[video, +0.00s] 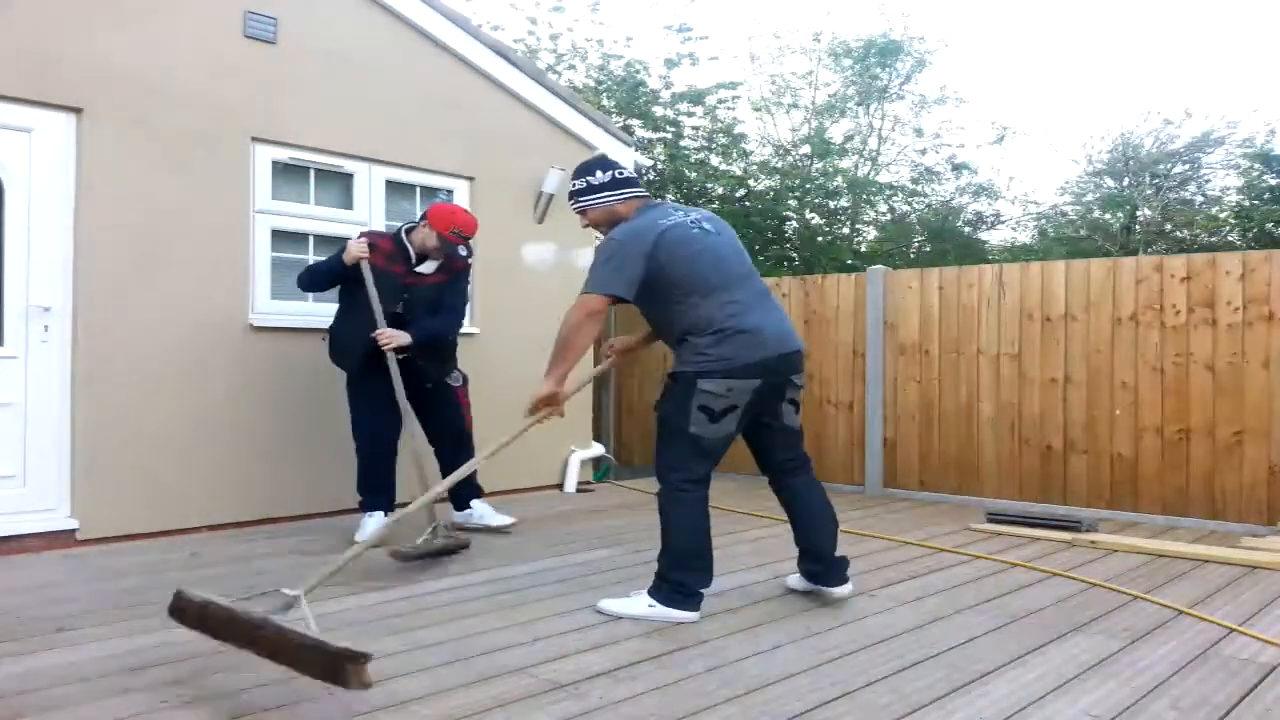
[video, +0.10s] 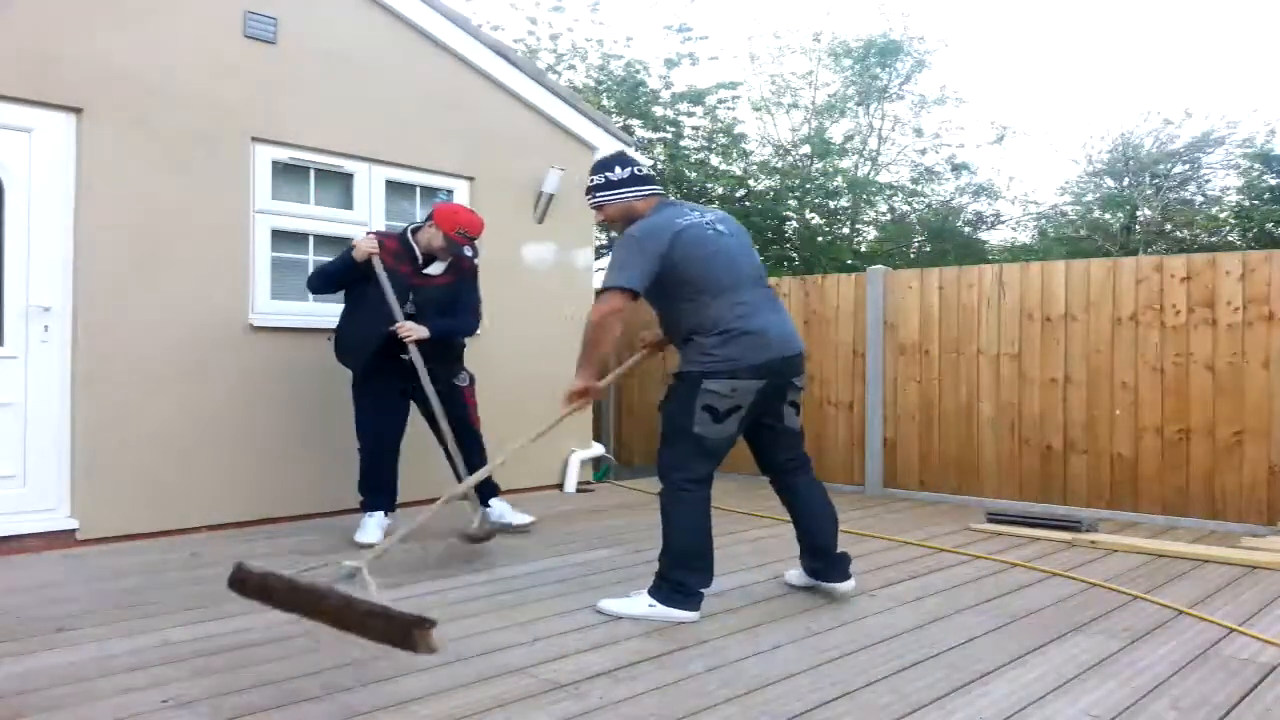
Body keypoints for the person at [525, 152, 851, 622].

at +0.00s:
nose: (586, 222)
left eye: (586, 210)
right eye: (582, 213)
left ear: (613, 199)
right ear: (630, 196)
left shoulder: (628, 236)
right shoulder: (697, 218)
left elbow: (588, 311)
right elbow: (695, 300)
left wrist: (554, 381)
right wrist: (635, 342)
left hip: (716, 361)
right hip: (781, 352)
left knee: (682, 478)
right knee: (789, 466)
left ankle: (677, 594)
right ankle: (827, 573)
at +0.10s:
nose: (600, 218)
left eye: (602, 206)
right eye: (597, 209)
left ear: (630, 197)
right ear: (648, 194)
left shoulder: (645, 233)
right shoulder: (712, 217)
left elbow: (607, 311)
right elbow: (731, 289)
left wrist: (587, 375)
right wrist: (670, 334)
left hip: (722, 362)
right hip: (781, 353)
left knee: (683, 474)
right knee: (790, 465)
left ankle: (677, 594)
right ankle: (827, 568)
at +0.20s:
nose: (624, 215)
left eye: (625, 204)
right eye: (621, 206)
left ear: (651, 196)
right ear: (670, 193)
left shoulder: (667, 234)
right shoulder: (739, 221)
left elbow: (639, 309)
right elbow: (761, 288)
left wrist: (627, 368)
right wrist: (697, 320)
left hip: (728, 366)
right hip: (785, 360)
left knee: (683, 474)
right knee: (785, 464)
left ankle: (677, 593)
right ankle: (828, 568)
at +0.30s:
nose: (657, 215)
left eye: (659, 204)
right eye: (654, 206)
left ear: (684, 198)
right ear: (704, 195)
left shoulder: (695, 236)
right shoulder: (767, 224)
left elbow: (675, 313)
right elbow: (810, 288)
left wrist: (665, 366)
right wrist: (748, 318)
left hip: (740, 368)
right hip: (797, 364)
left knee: (691, 474)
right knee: (786, 466)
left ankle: (678, 591)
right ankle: (830, 571)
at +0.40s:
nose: (684, 215)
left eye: (686, 205)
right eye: (683, 206)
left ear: (709, 197)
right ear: (732, 194)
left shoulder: (721, 234)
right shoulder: (793, 225)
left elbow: (704, 311)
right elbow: (839, 282)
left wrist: (701, 365)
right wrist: (792, 316)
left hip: (761, 367)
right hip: (817, 362)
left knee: (714, 473)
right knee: (798, 466)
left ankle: (682, 584)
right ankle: (831, 572)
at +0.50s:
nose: (703, 215)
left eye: (706, 205)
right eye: (700, 206)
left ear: (730, 196)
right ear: (749, 195)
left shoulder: (741, 234)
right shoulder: (810, 222)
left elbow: (725, 311)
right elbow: (861, 269)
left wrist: (732, 363)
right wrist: (814, 302)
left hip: (782, 363)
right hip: (836, 360)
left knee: (737, 469)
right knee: (808, 463)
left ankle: (728, 582)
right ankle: (832, 571)